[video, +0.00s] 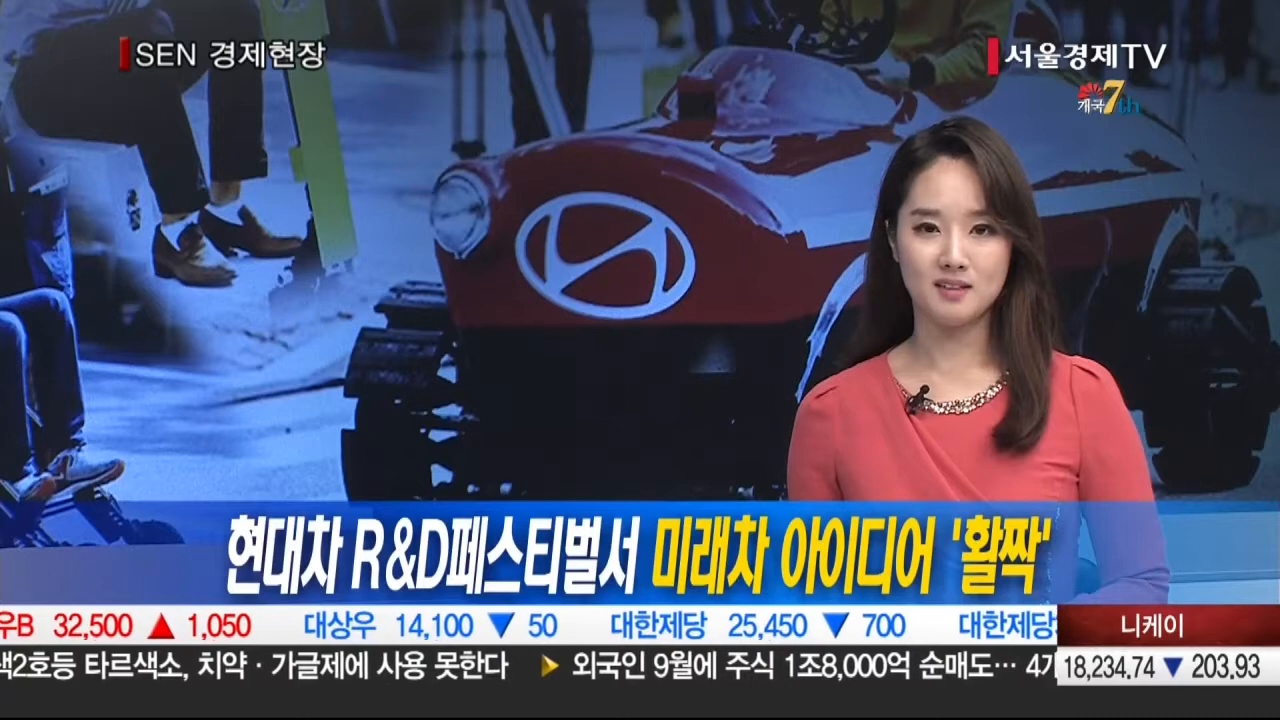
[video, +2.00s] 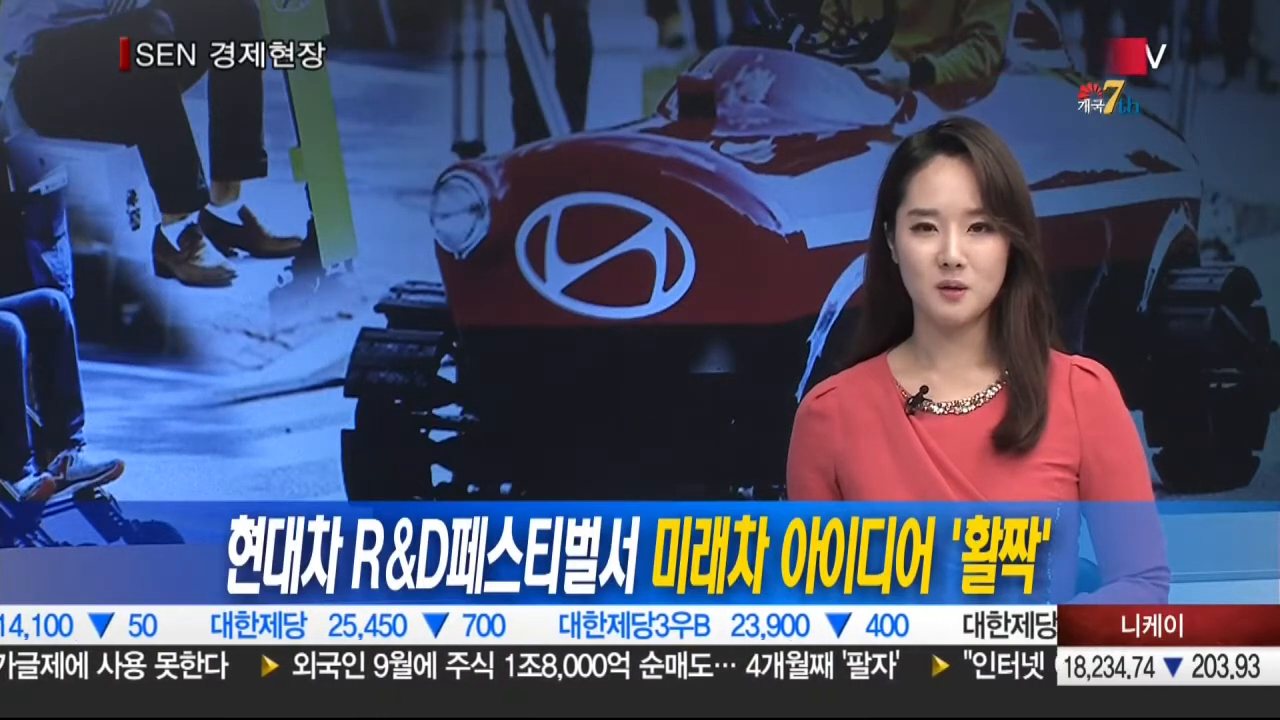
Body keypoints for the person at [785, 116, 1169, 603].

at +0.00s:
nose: (954, 257)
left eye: (982, 229)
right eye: (927, 228)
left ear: (1016, 246)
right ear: (893, 242)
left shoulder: (1083, 397)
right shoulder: (829, 415)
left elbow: (1143, 582)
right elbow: (811, 603)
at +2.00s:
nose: (952, 255)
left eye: (979, 228)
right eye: (925, 227)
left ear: (1014, 244)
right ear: (892, 243)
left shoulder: (1083, 396)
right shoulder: (829, 415)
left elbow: (1144, 581)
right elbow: (811, 604)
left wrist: (1033, 641)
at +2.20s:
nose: (954, 254)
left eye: (982, 226)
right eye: (927, 225)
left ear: (1016, 245)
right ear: (893, 243)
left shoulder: (1083, 397)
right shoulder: (829, 415)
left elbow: (1144, 581)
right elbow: (810, 605)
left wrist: (1033, 641)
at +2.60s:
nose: (954, 262)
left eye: (981, 232)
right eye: (926, 233)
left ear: (1016, 246)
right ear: (892, 245)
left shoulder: (1084, 397)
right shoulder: (831, 415)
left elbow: (1143, 582)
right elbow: (811, 605)